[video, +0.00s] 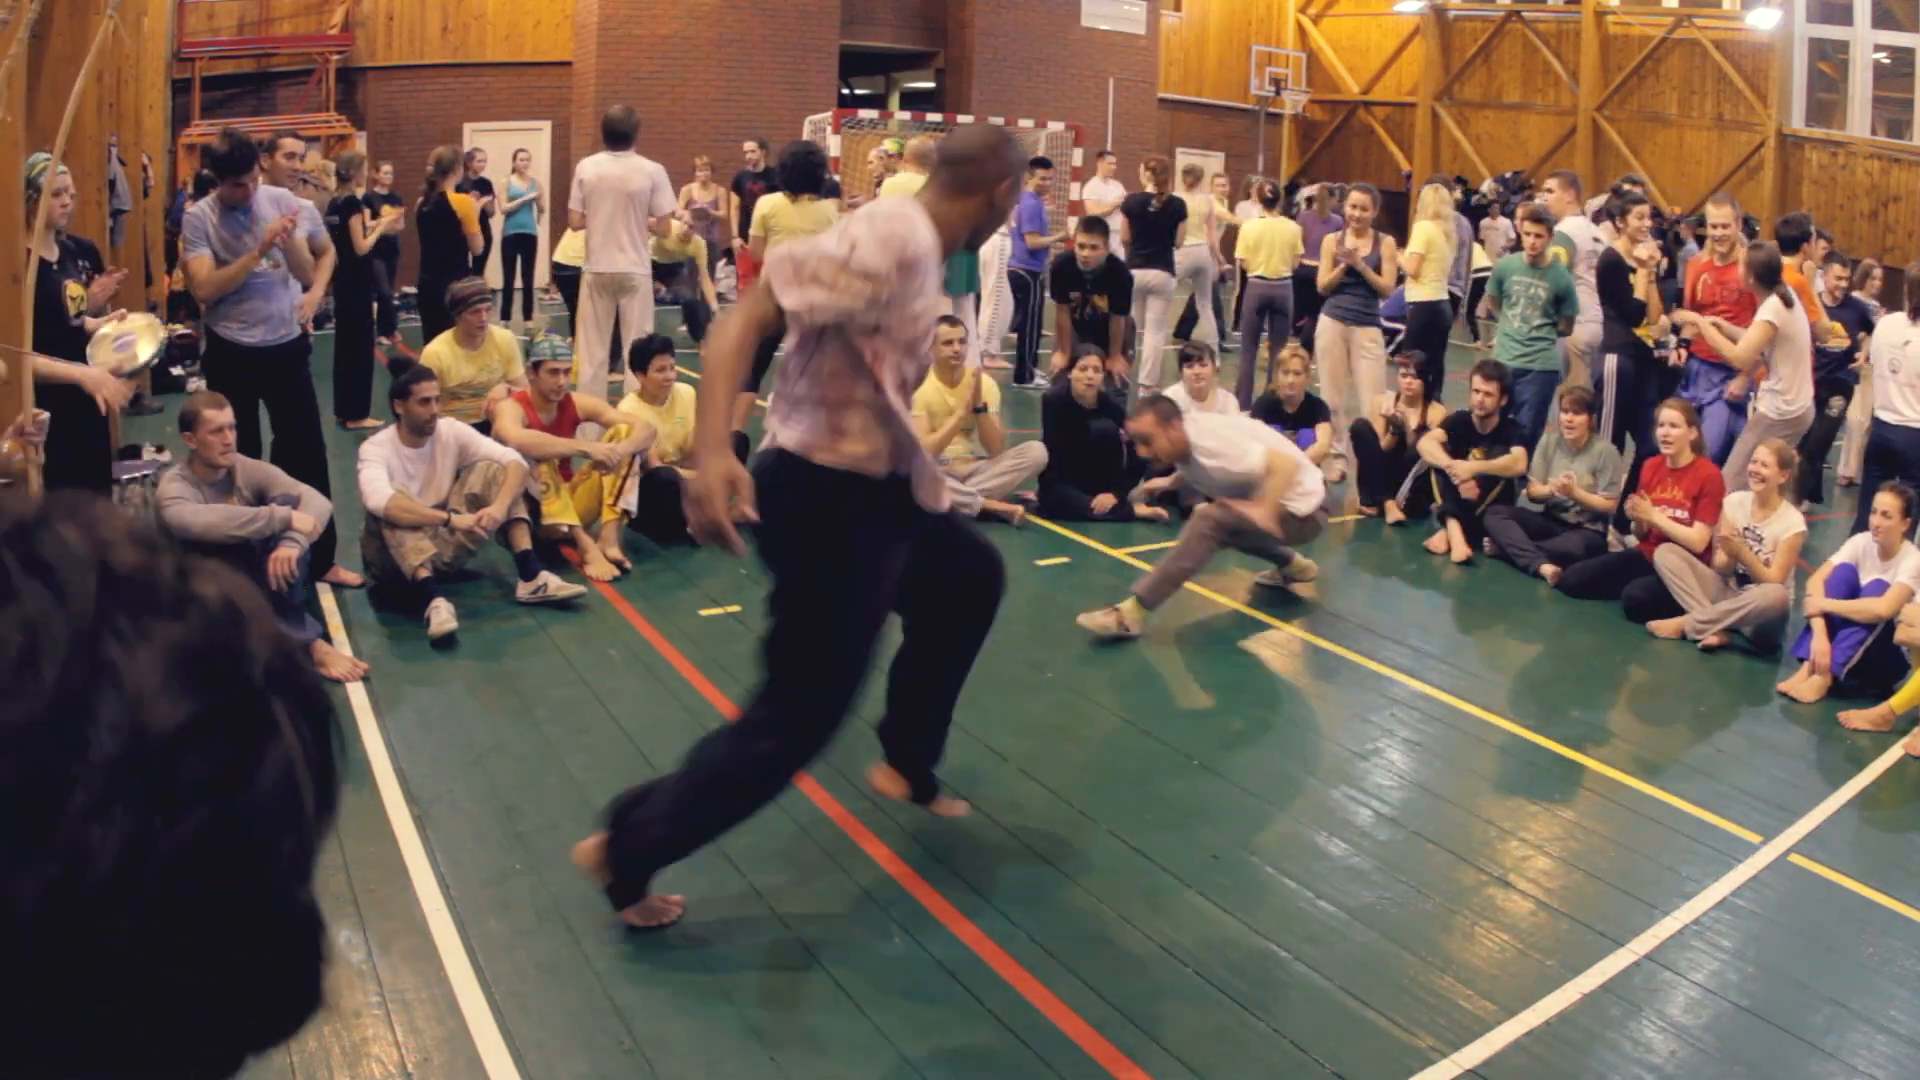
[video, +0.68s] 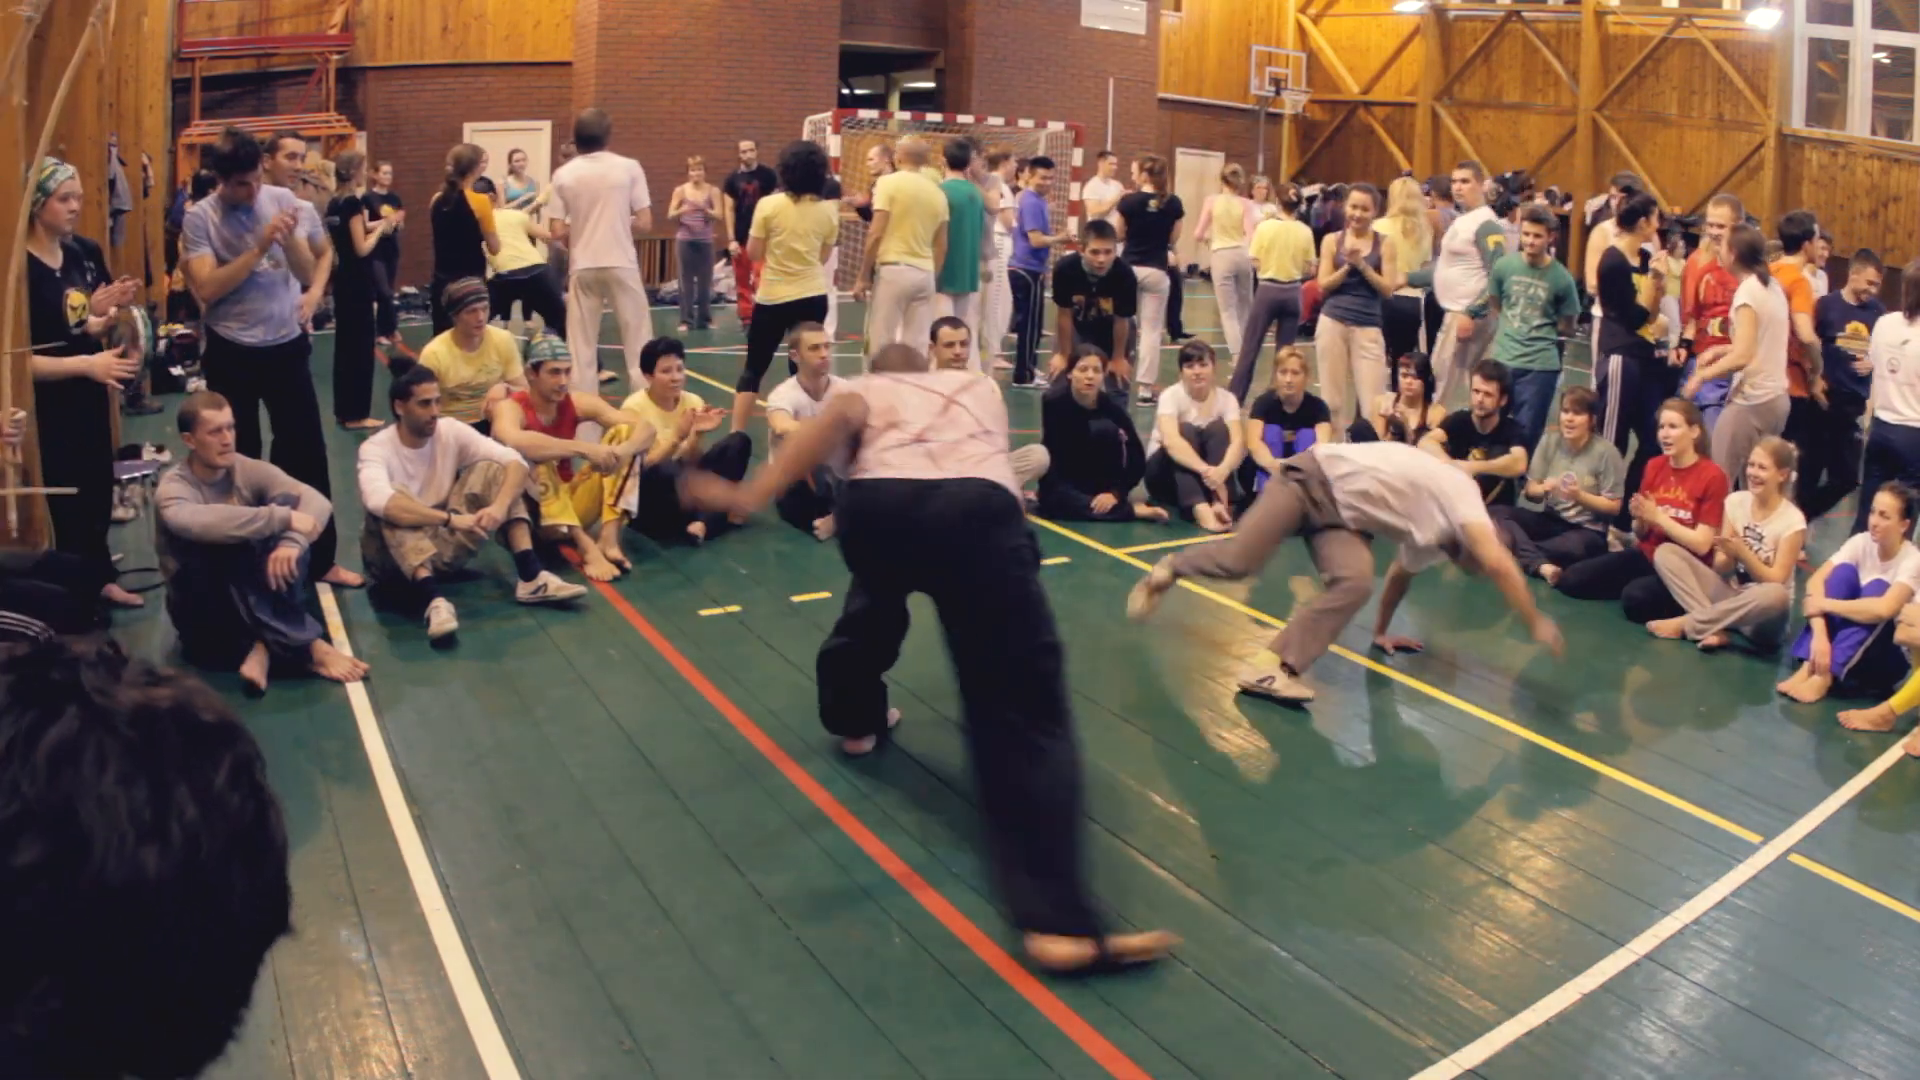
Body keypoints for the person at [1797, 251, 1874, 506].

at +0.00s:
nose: (1841, 284)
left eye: (1845, 279)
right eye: (1836, 278)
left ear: (1850, 281)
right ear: (1824, 278)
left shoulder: (1857, 309)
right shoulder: (1811, 306)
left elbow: (1872, 333)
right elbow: (1796, 334)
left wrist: (1864, 355)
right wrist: (1802, 359)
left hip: (1840, 377)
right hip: (1811, 374)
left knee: (1818, 443)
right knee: (1805, 439)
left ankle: (1803, 496)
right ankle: (1805, 493)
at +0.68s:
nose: (1874, 290)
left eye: (1878, 285)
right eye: (1870, 282)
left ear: (1880, 284)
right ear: (1852, 276)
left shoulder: (1878, 311)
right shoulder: (1825, 305)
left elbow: (1889, 350)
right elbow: (1809, 345)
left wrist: (1873, 362)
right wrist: (1813, 378)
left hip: (1853, 401)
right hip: (1821, 395)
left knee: (1846, 478)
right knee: (1810, 468)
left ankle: (1802, 514)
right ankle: (1798, 523)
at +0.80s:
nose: (1890, 293)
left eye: (1894, 288)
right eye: (1887, 286)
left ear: (1894, 286)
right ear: (1868, 277)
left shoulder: (1889, 313)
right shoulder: (1842, 305)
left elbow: (1893, 355)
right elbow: (1821, 346)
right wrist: (1836, 386)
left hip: (1870, 403)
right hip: (1835, 400)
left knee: (1867, 479)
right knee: (1814, 469)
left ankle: (1837, 535)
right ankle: (1797, 526)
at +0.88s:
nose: (1902, 296)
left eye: (1904, 290)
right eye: (1898, 289)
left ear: (1898, 285)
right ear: (1879, 282)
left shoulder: (1899, 319)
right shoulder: (1854, 311)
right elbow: (1831, 353)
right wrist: (1851, 395)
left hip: (1880, 408)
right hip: (1844, 402)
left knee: (1873, 486)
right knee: (1820, 474)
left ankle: (1862, 547)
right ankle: (1798, 538)